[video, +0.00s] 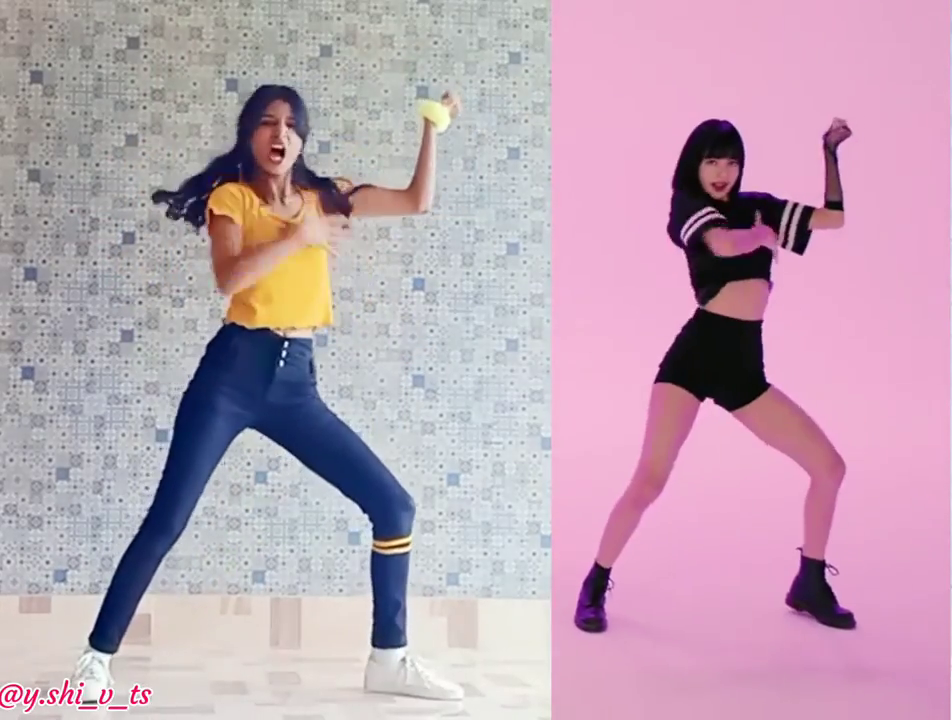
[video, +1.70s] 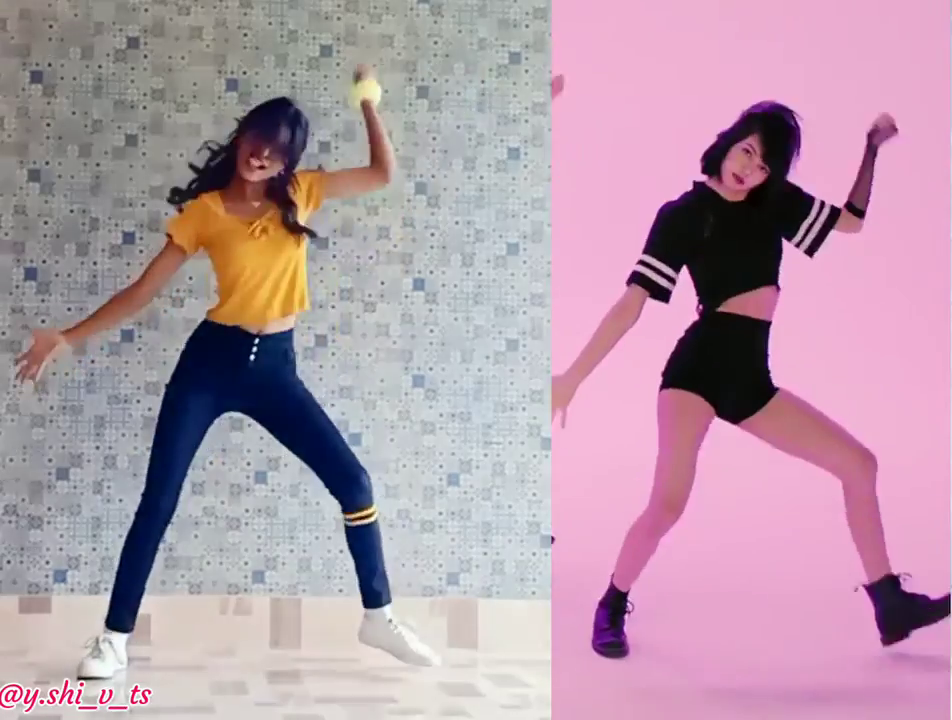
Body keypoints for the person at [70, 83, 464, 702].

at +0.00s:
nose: (280, 134)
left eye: (290, 126)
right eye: (267, 124)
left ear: (303, 138)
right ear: (246, 135)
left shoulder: (321, 197)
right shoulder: (231, 196)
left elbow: (415, 200)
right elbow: (231, 278)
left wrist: (429, 130)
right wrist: (304, 231)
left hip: (294, 387)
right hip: (230, 379)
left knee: (393, 505)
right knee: (166, 522)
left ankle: (389, 660)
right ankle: (95, 661)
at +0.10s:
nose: (305, 134)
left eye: (313, 126)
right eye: (292, 123)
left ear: (321, 142)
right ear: (263, 135)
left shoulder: (333, 198)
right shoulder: (231, 204)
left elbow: (420, 205)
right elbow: (159, 279)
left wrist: (431, 136)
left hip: (296, 388)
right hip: (233, 378)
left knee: (398, 506)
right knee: (166, 523)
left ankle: (390, 659)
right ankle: (95, 662)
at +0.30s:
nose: (288, 127)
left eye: (298, 120)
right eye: (276, 118)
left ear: (311, 135)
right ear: (255, 133)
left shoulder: (324, 191)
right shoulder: (239, 197)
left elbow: (418, 192)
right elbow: (232, 284)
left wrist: (428, 119)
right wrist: (289, 228)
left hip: (292, 386)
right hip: (228, 376)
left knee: (389, 506)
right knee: (163, 522)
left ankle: (389, 660)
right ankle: (95, 661)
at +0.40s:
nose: (277, 127)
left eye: (288, 118)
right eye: (264, 117)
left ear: (302, 132)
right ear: (247, 131)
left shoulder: (321, 188)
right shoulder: (233, 195)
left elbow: (412, 185)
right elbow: (213, 290)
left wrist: (425, 108)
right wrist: (295, 257)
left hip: (291, 382)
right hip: (226, 373)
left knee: (385, 505)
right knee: (162, 520)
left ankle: (389, 660)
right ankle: (95, 662)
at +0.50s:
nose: (261, 127)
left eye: (274, 117)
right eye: (250, 116)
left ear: (291, 129)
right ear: (236, 126)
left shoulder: (315, 184)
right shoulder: (217, 196)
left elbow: (408, 176)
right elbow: (174, 292)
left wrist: (428, 102)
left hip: (289, 377)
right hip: (223, 370)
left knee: (382, 502)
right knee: (160, 517)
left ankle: (390, 658)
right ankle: (95, 661)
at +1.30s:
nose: (311, 151)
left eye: (327, 151)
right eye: (307, 139)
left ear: (339, 171)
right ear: (289, 144)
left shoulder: (342, 213)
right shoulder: (243, 214)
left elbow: (432, 192)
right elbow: (176, 287)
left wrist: (455, 115)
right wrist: (102, 330)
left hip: (323, 395)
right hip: (252, 392)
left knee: (388, 519)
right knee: (149, 472)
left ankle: (401, 654)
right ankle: (130, 615)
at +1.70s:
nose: (262, 153)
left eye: (277, 149)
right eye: (258, 139)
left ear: (291, 159)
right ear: (241, 137)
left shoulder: (300, 192)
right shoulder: (206, 212)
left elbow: (381, 171)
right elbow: (140, 293)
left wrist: (369, 104)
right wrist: (65, 337)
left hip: (275, 371)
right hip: (209, 365)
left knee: (354, 483)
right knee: (159, 501)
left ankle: (379, 615)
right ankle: (113, 639)